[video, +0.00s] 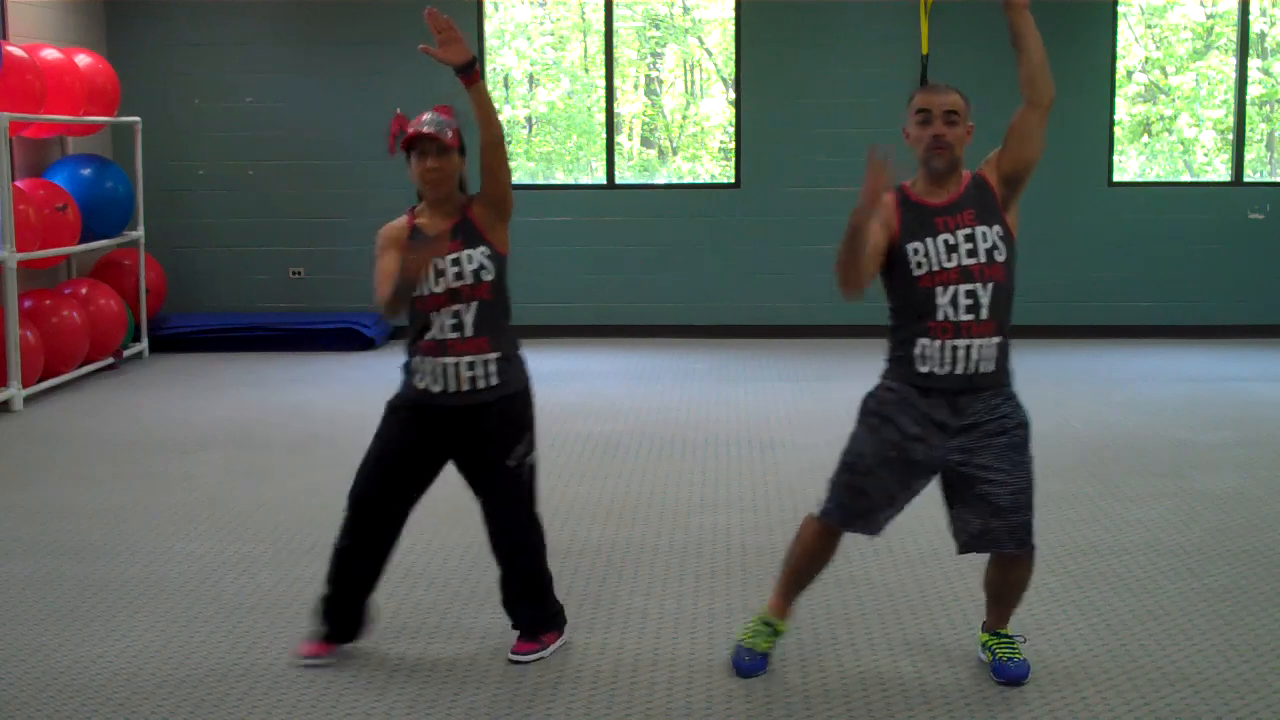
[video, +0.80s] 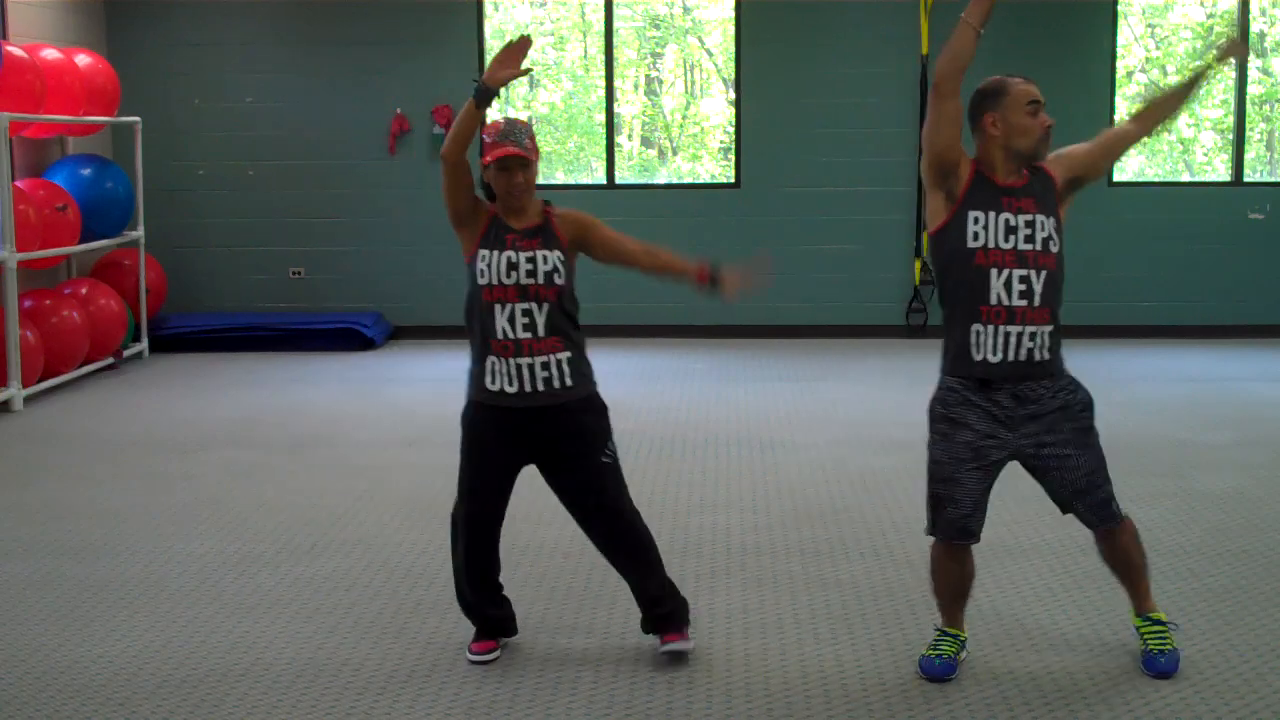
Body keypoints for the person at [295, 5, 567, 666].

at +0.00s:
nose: (430, 162)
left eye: (440, 153)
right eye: (420, 154)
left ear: (462, 161)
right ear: (408, 164)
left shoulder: (489, 218)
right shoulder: (396, 234)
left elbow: (491, 142)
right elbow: (387, 306)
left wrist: (469, 74)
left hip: (494, 399)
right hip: (423, 401)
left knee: (512, 518)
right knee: (370, 507)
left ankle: (540, 624)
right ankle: (337, 627)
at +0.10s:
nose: (453, 145)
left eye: (461, 137)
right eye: (440, 136)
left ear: (478, 154)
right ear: (421, 158)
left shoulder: (501, 209)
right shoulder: (413, 230)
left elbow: (510, 141)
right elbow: (417, 222)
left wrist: (481, 68)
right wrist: (420, 175)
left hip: (516, 390)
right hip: (445, 392)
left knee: (530, 515)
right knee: (397, 500)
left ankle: (542, 622)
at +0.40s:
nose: (476, 156)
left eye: (485, 145)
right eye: (465, 147)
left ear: (500, 156)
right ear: (450, 161)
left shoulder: (523, 211)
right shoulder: (441, 225)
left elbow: (535, 141)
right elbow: (422, 162)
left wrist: (503, 73)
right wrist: (446, 83)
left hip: (553, 388)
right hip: (486, 399)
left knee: (570, 510)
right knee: (490, 517)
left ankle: (567, 621)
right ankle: (491, 623)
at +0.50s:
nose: (484, 168)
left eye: (491, 158)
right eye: (474, 159)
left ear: (506, 165)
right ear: (459, 169)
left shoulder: (528, 219)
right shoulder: (445, 229)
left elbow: (553, 155)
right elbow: (426, 160)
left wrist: (532, 90)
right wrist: (459, 81)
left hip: (558, 394)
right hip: (492, 408)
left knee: (583, 510)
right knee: (503, 523)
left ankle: (573, 619)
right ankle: (494, 624)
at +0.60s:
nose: (492, 170)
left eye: (500, 160)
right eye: (482, 161)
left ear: (515, 165)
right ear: (464, 168)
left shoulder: (538, 215)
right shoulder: (451, 222)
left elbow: (596, 179)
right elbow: (434, 156)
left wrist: (596, 118)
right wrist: (471, 82)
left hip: (556, 392)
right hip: (484, 404)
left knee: (604, 491)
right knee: (483, 524)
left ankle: (605, 606)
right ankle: (493, 623)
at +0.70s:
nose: (501, 172)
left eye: (509, 161)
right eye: (491, 163)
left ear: (523, 165)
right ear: (472, 169)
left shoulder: (550, 216)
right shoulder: (460, 222)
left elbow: (615, 217)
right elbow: (445, 152)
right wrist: (480, 82)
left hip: (559, 399)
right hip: (486, 406)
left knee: (608, 509)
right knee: (470, 528)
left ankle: (654, 609)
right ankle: (491, 622)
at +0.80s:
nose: (509, 173)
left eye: (518, 163)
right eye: (500, 165)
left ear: (536, 168)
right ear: (486, 173)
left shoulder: (568, 227)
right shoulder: (476, 226)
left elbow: (637, 253)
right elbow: (452, 157)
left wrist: (702, 272)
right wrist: (487, 86)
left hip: (567, 406)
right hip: (493, 411)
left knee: (612, 515)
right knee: (472, 525)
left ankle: (668, 618)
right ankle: (489, 623)